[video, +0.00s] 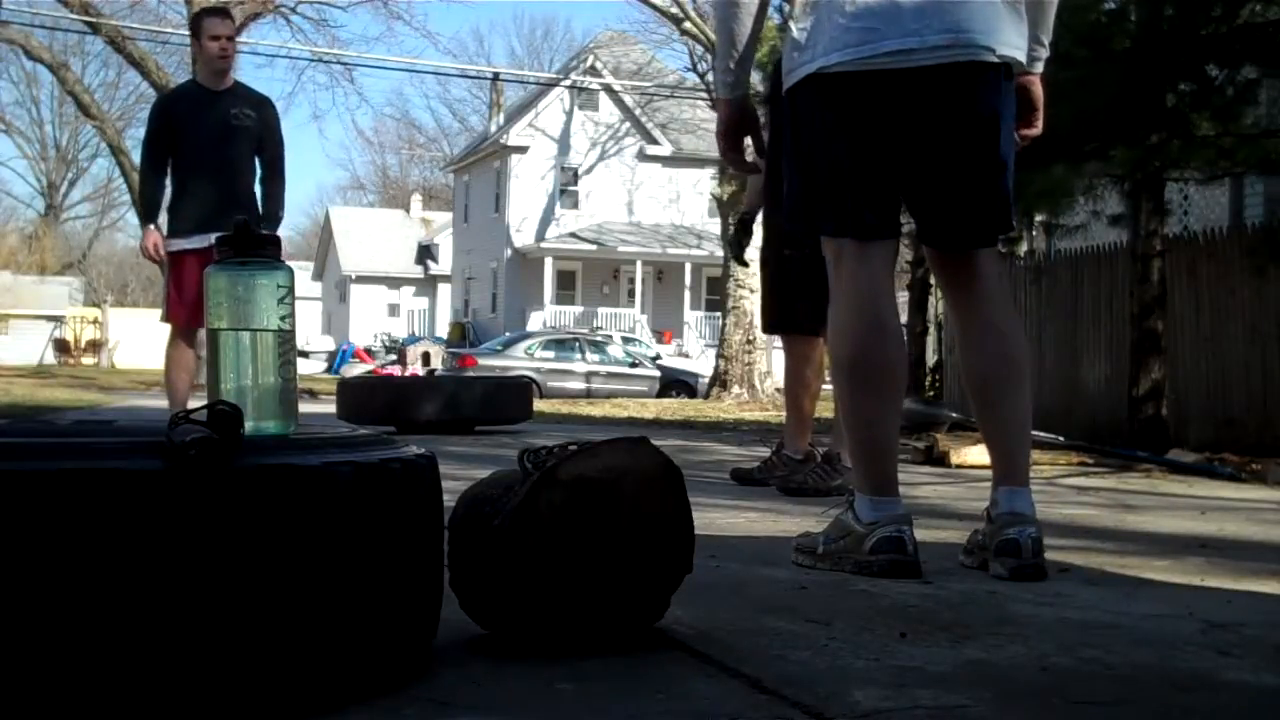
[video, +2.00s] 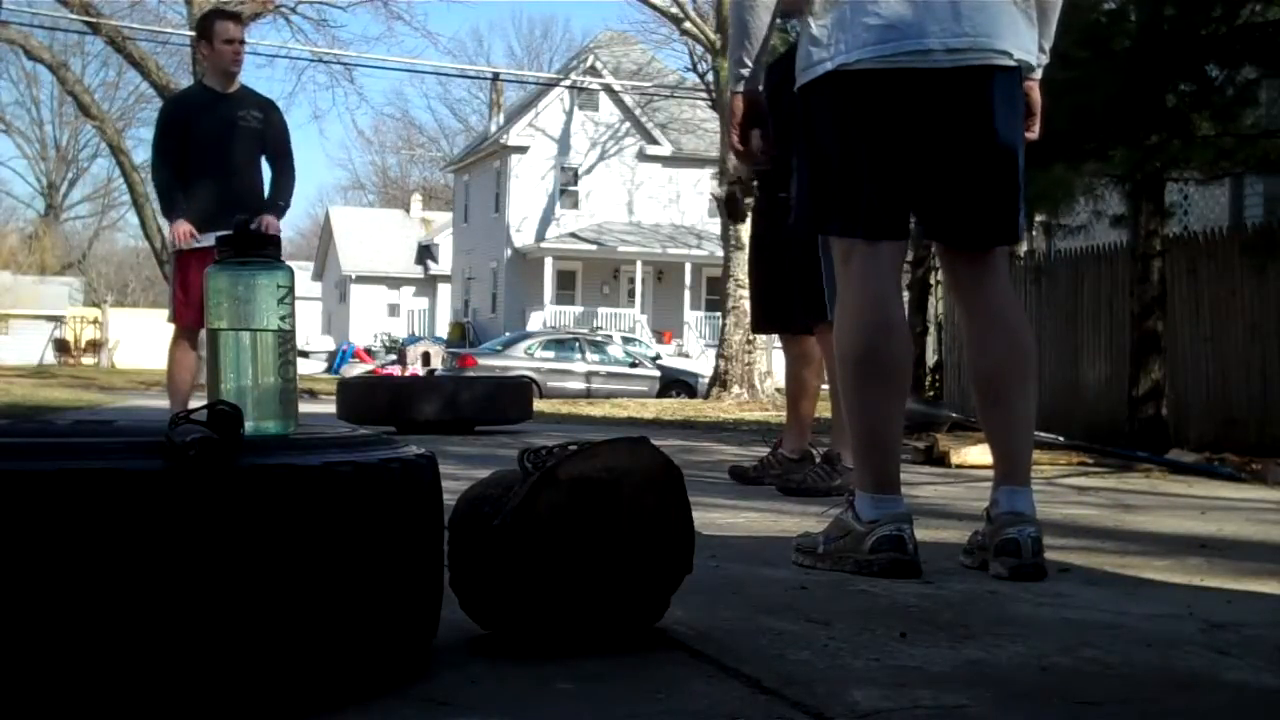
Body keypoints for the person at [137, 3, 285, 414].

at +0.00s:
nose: (225, 46)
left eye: (230, 39)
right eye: (215, 39)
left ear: (237, 45)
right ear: (196, 45)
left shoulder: (259, 106)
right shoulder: (170, 105)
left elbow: (273, 174)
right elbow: (152, 169)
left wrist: (269, 229)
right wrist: (148, 224)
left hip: (243, 237)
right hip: (186, 237)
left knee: (242, 333)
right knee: (185, 330)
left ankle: (238, 423)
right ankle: (178, 421)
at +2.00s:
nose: (239, 50)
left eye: (241, 43)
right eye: (229, 43)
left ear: (245, 47)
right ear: (203, 48)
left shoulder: (263, 109)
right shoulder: (177, 108)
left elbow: (284, 166)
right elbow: (162, 168)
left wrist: (273, 211)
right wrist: (176, 217)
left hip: (250, 238)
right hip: (195, 238)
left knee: (250, 334)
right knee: (188, 331)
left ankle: (248, 424)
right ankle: (178, 421)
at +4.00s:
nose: (240, 51)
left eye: (242, 44)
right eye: (230, 44)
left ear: (246, 47)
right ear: (205, 49)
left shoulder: (267, 109)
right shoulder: (179, 108)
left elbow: (284, 172)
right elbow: (164, 170)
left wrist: (275, 224)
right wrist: (177, 223)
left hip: (251, 241)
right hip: (197, 240)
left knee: (252, 335)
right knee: (188, 331)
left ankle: (250, 425)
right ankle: (179, 421)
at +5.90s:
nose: (264, 57)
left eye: (273, 49)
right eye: (257, 47)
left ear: (283, 50)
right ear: (243, 45)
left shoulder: (299, 109)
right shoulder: (212, 100)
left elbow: (315, 174)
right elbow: (189, 161)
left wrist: (316, 233)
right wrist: (184, 214)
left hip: (267, 231)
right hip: (212, 227)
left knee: (261, 325)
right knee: (191, 314)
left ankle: (257, 408)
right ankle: (190, 392)